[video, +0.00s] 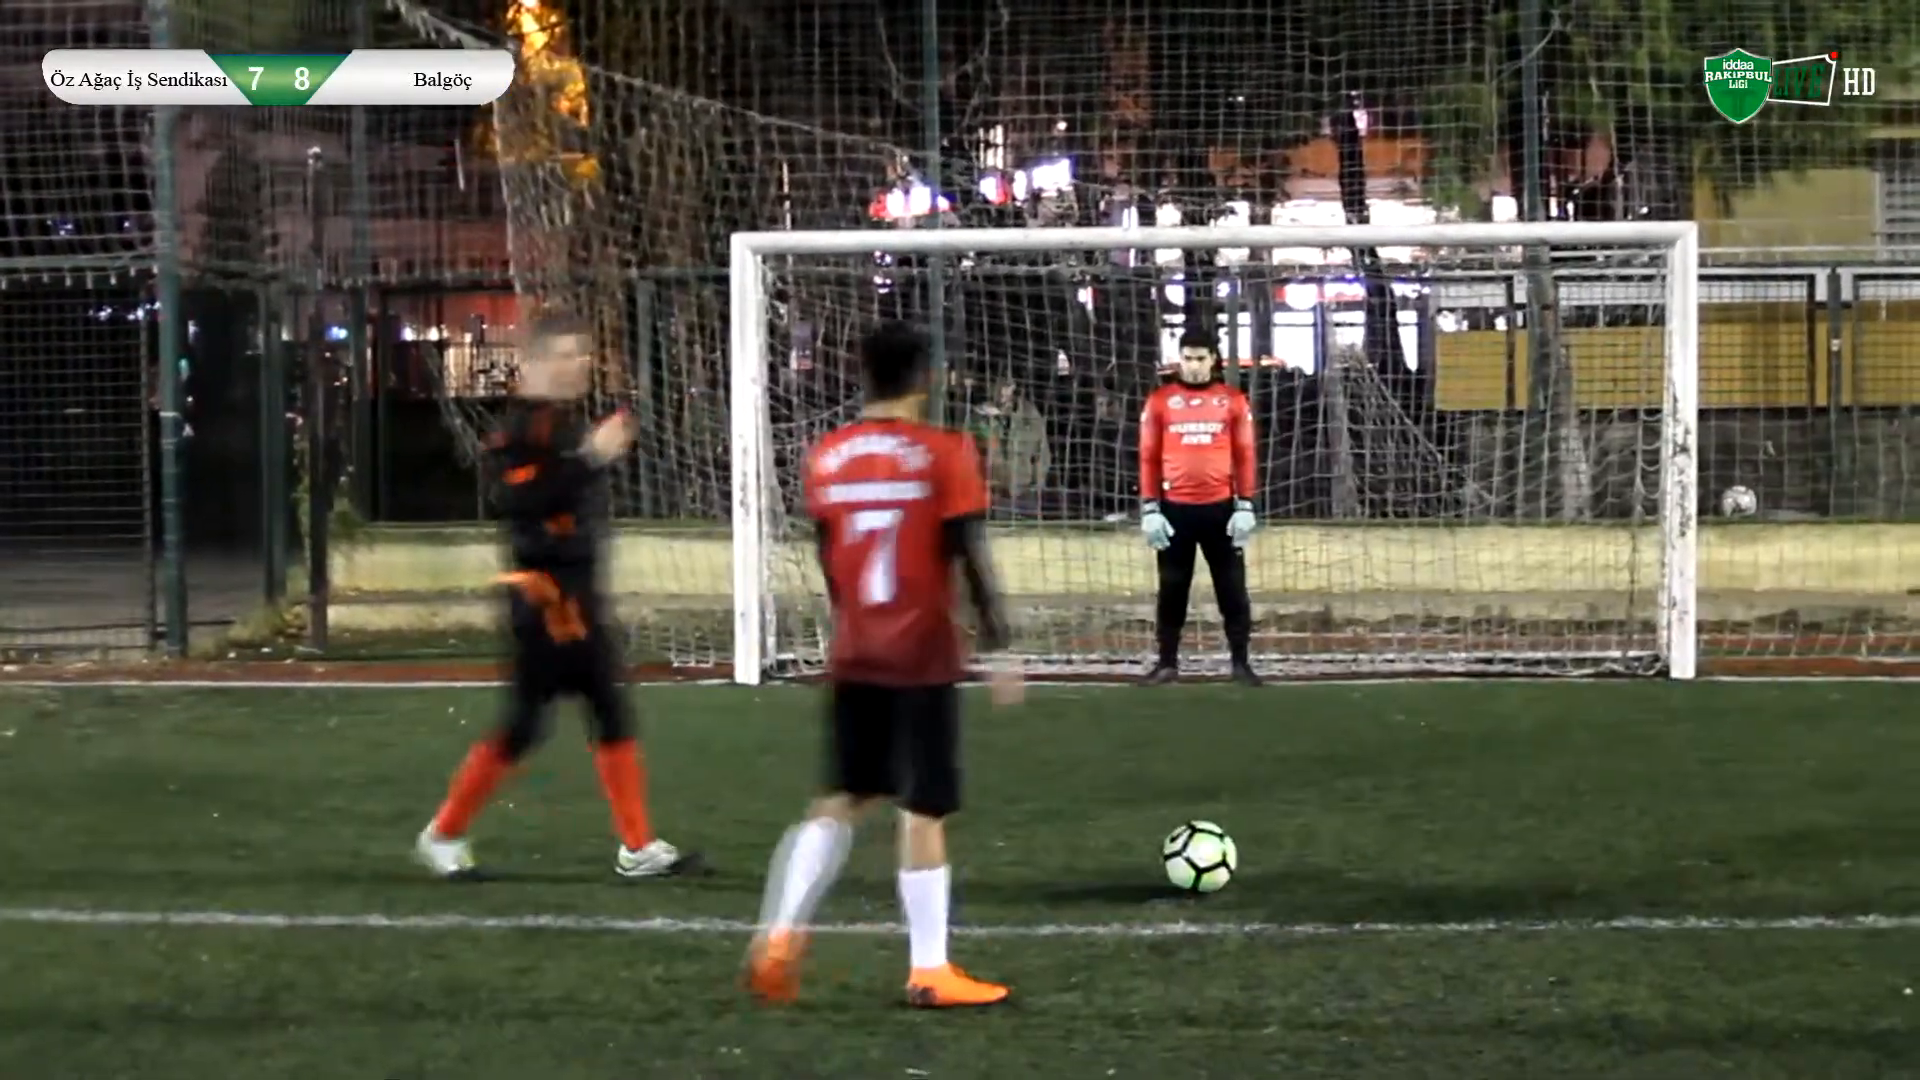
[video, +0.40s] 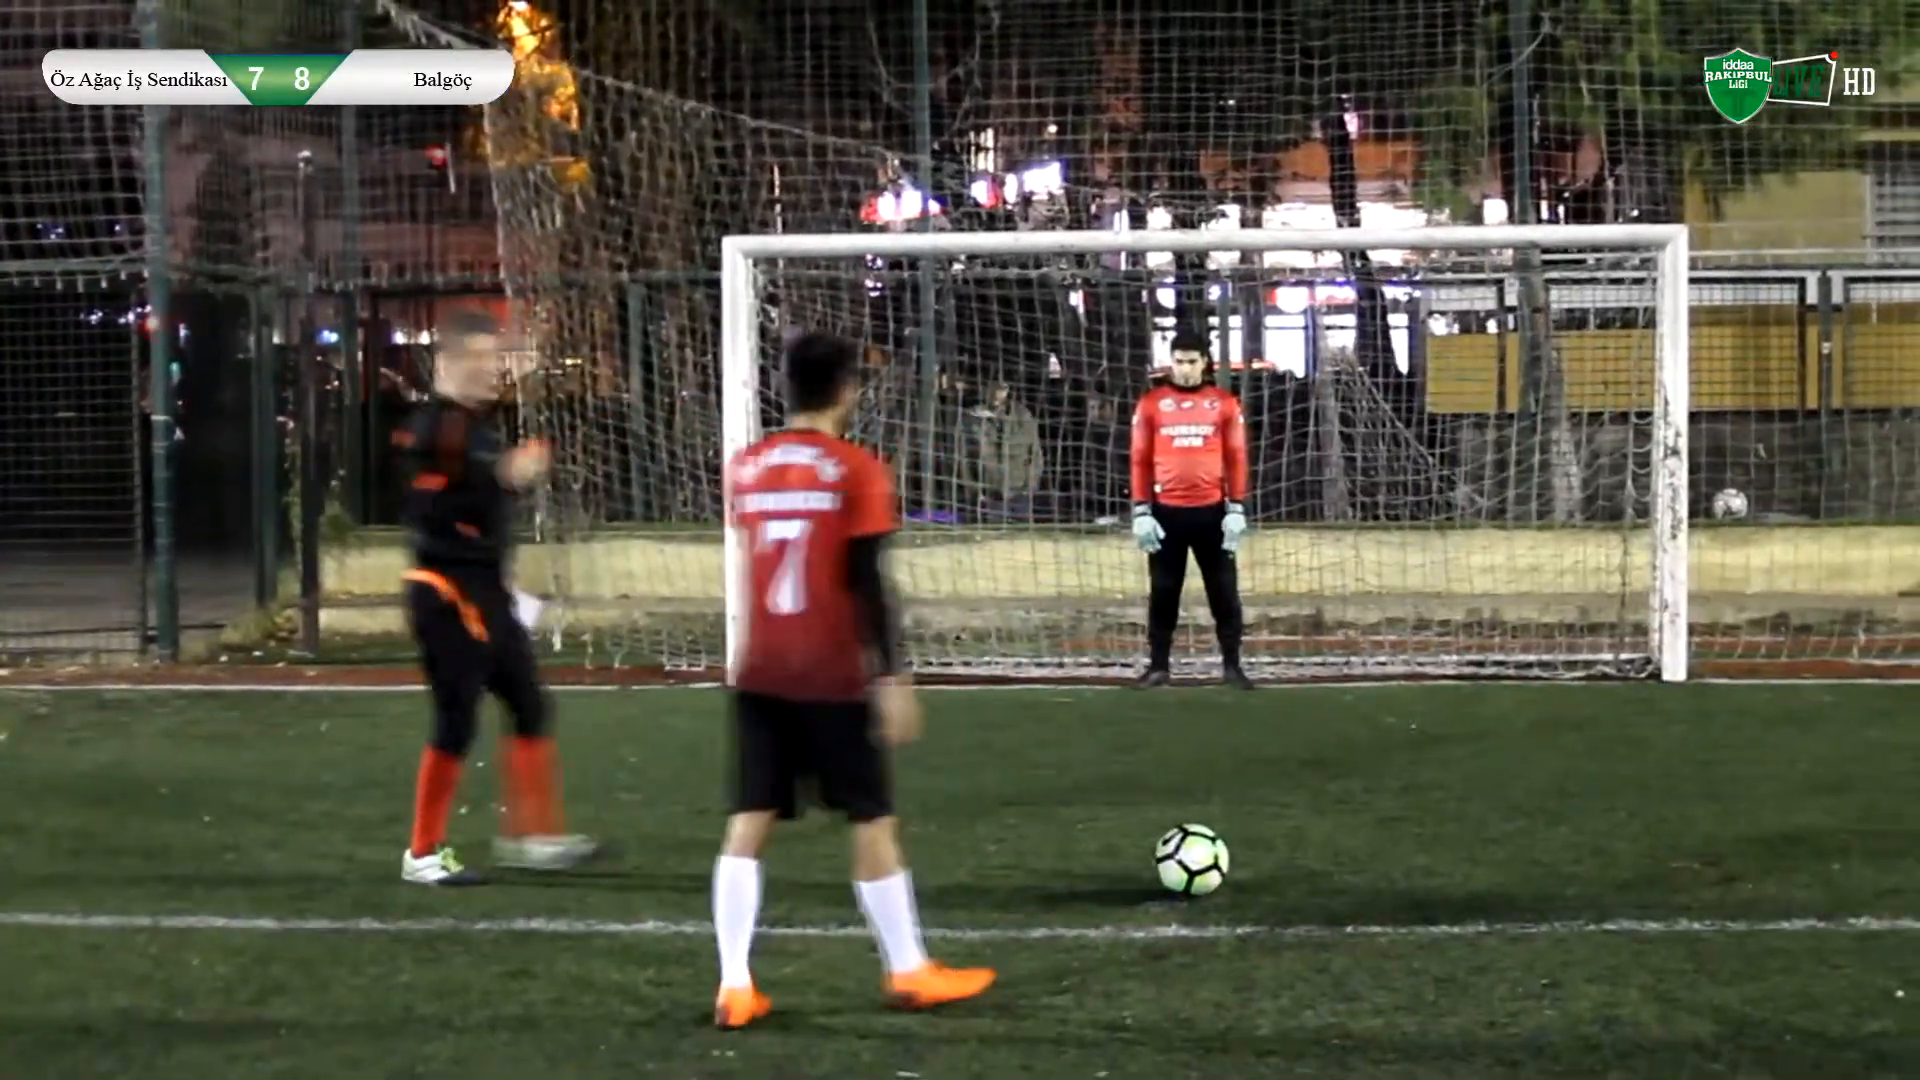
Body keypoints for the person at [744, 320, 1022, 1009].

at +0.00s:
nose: (932, 382)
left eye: (925, 371)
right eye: (930, 373)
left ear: (864, 378)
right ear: (923, 379)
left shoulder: (827, 453)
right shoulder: (946, 450)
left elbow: (826, 551)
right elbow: (972, 553)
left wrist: (852, 618)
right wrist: (999, 644)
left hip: (853, 660)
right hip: (923, 662)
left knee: (847, 793)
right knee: (925, 810)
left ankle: (778, 933)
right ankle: (930, 966)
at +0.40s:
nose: (859, 395)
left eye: (857, 384)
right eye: (857, 385)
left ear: (791, 390)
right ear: (844, 391)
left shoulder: (743, 465)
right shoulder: (858, 468)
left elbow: (750, 561)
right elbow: (867, 574)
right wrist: (893, 670)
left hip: (758, 674)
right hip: (836, 677)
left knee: (749, 817)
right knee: (872, 818)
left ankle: (734, 983)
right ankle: (909, 966)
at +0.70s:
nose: (829, 384)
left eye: (826, 372)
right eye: (826, 374)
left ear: (762, 380)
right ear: (817, 382)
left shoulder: (714, 461)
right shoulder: (828, 461)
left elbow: (708, 569)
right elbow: (828, 574)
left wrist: (757, 617)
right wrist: (839, 673)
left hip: (729, 670)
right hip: (802, 670)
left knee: (736, 817)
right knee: (839, 813)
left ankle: (735, 982)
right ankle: (820, 972)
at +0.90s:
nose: (813, 384)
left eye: (808, 373)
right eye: (811, 375)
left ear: (741, 382)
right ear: (802, 383)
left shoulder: (701, 463)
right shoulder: (815, 463)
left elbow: (686, 575)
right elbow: (820, 572)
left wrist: (682, 660)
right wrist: (840, 674)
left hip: (716, 673)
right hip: (789, 676)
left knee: (725, 820)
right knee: (803, 822)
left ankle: (730, 983)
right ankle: (751, 976)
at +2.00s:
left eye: (699, 372)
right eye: (746, 378)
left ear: (691, 382)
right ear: (755, 385)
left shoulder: (643, 460)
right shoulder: (767, 463)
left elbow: (654, 568)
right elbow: (787, 576)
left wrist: (708, 614)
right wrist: (817, 671)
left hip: (665, 677)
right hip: (742, 680)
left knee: (673, 825)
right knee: (753, 835)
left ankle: (664, 1001)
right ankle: (734, 997)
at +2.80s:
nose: (729, 387)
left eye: (691, 372)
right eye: (738, 378)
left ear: (677, 380)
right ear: (741, 385)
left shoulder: (627, 459)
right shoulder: (747, 464)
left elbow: (617, 576)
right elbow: (752, 574)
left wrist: (611, 659)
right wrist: (776, 674)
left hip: (648, 677)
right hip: (727, 679)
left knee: (660, 828)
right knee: (751, 826)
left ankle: (663, 999)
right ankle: (764, 986)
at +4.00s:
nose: (799, 415)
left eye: (797, 403)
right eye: (798, 404)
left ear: (735, 396)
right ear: (785, 406)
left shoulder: (666, 462)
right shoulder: (781, 473)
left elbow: (641, 577)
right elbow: (772, 578)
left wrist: (693, 625)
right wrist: (788, 679)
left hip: (655, 670)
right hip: (732, 675)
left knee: (663, 828)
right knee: (757, 826)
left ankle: (663, 1002)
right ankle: (765, 987)